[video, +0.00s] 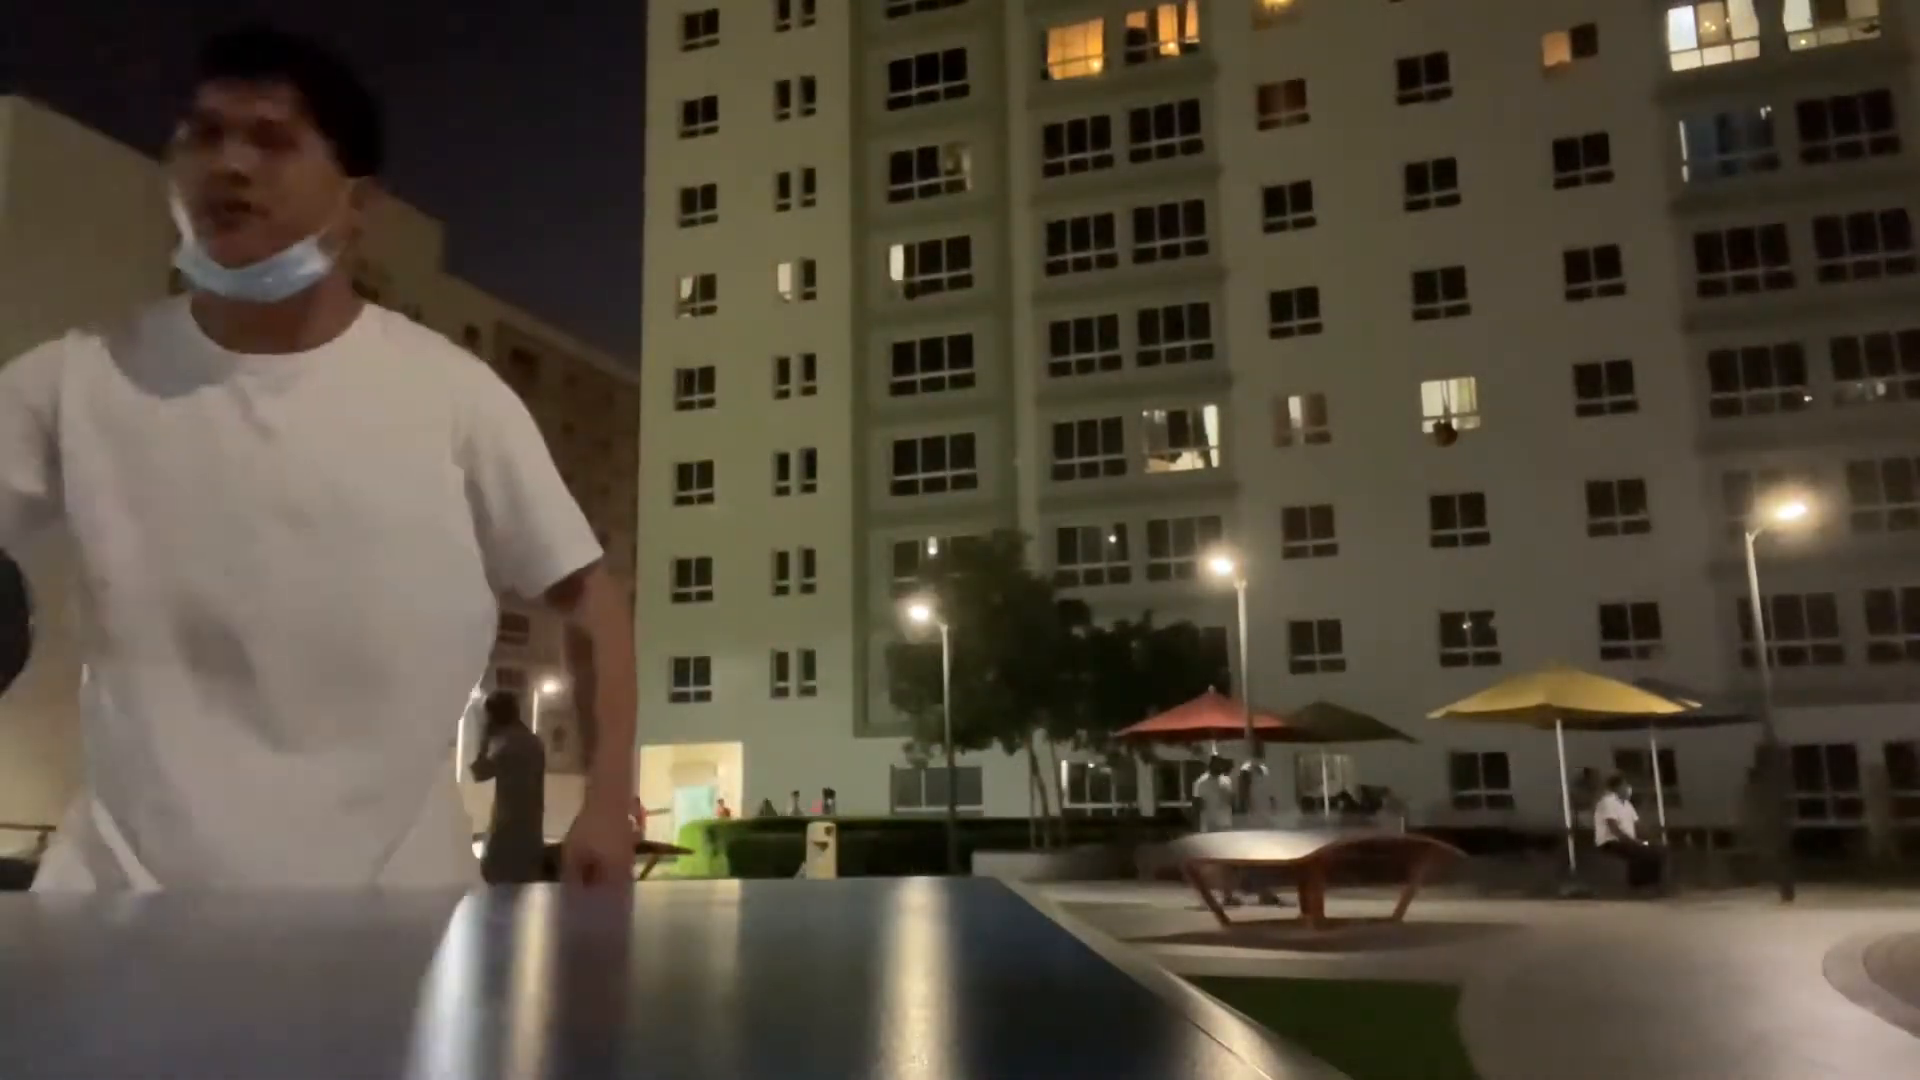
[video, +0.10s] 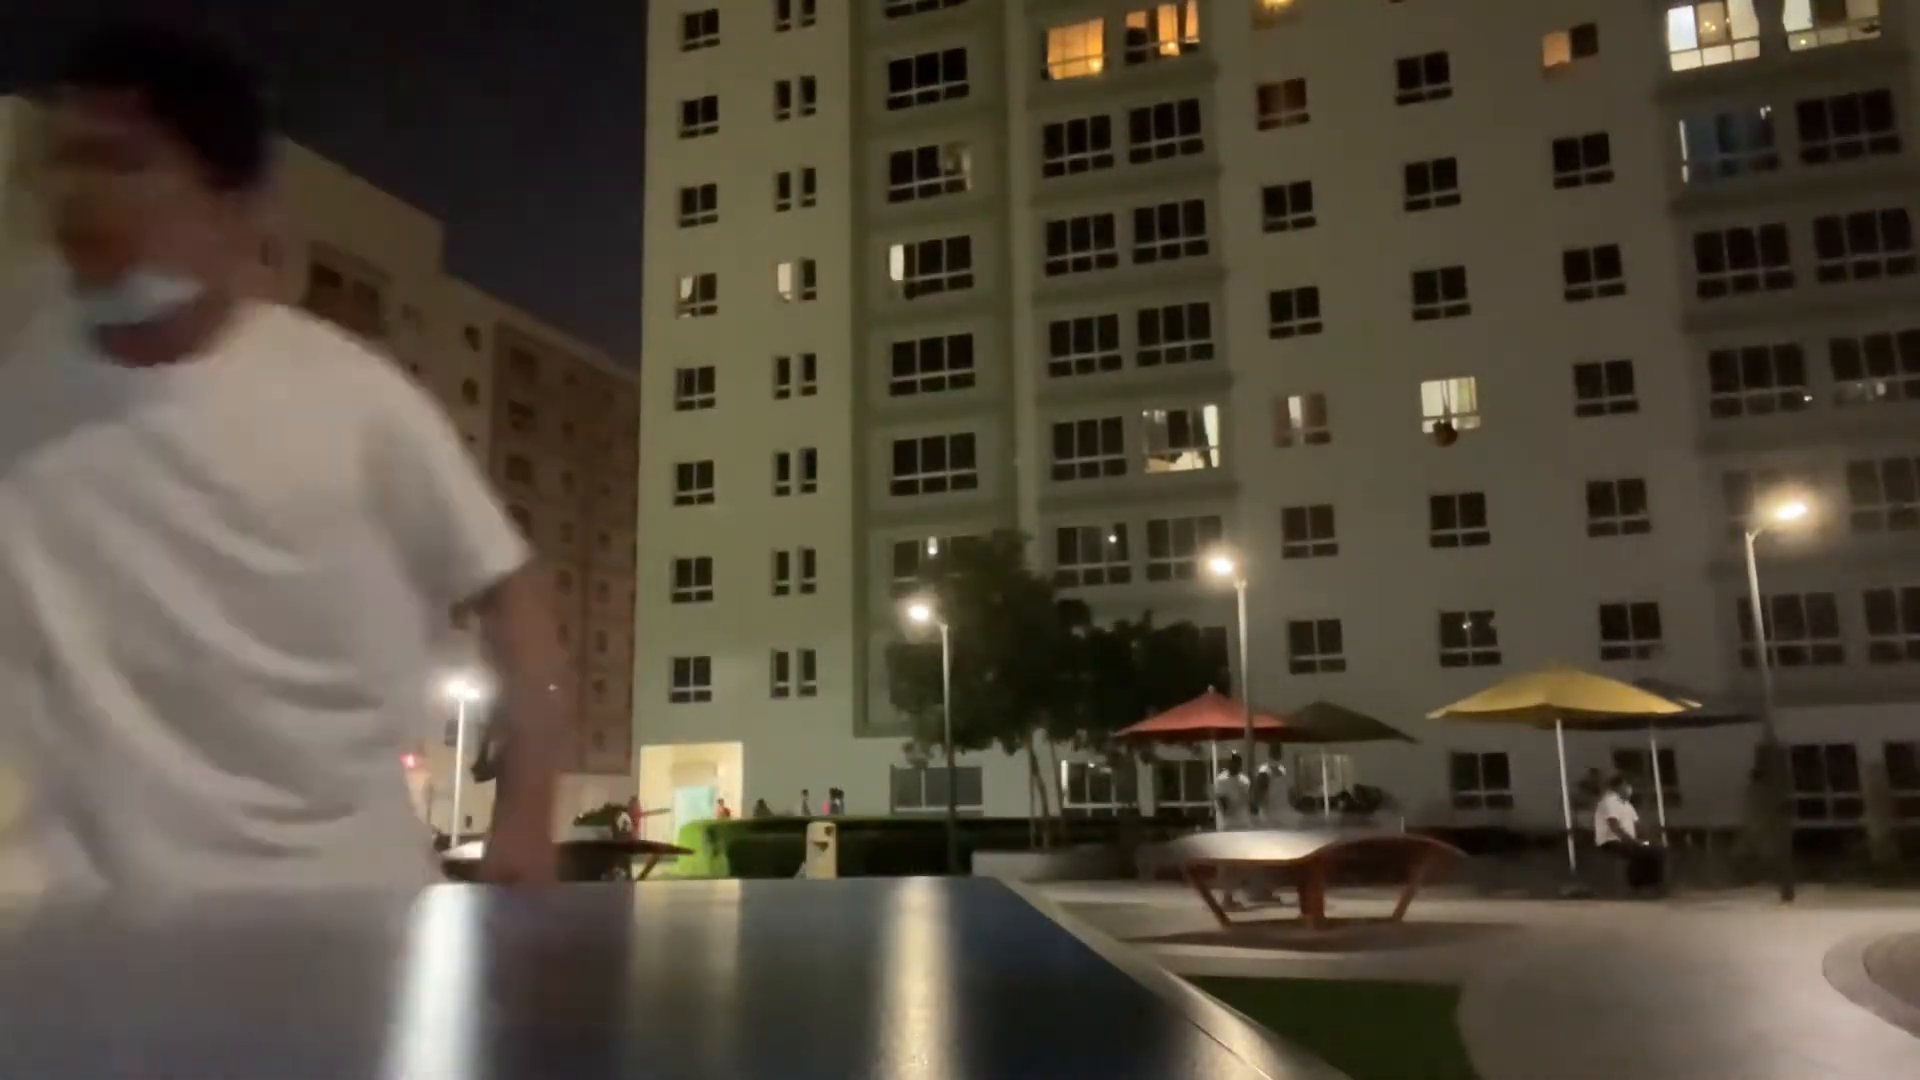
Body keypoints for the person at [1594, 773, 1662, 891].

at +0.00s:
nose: (1629, 790)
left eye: (1629, 787)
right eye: (1626, 786)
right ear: (1617, 788)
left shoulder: (1626, 803)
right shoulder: (1608, 801)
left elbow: (1636, 823)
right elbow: (1612, 826)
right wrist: (1634, 841)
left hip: (1627, 839)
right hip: (1609, 841)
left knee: (1652, 852)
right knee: (1637, 854)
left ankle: (1651, 886)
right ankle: (1636, 888)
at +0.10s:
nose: (1629, 790)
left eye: (1629, 786)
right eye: (1626, 786)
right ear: (1618, 787)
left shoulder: (1626, 803)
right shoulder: (1609, 801)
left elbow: (1636, 823)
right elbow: (1613, 824)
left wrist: (1644, 838)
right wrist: (1633, 841)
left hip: (1627, 840)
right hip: (1610, 841)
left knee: (1654, 851)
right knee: (1640, 853)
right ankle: (1637, 887)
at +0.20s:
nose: (1631, 790)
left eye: (1631, 787)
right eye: (1627, 786)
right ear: (1619, 786)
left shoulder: (1626, 803)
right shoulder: (1610, 799)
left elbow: (1636, 822)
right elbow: (1613, 822)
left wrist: (1647, 835)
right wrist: (1633, 841)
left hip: (1627, 841)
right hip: (1611, 843)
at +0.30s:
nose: (1630, 790)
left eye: (1630, 786)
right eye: (1627, 786)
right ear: (1618, 786)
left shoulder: (1626, 803)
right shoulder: (1610, 799)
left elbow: (1636, 822)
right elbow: (1613, 822)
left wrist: (1646, 836)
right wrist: (1633, 841)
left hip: (1626, 842)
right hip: (1611, 843)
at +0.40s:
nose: (1630, 790)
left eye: (1630, 786)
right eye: (1626, 786)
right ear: (1618, 787)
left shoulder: (1626, 804)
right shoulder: (1608, 800)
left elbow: (1636, 822)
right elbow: (1612, 822)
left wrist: (1645, 836)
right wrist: (1632, 841)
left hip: (1627, 841)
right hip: (1610, 842)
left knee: (1652, 852)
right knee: (1641, 855)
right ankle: (1638, 888)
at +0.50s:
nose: (1629, 789)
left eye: (1629, 785)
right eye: (1626, 785)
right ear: (1617, 787)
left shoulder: (1625, 802)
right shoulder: (1608, 800)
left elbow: (1636, 821)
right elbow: (1610, 822)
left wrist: (1651, 834)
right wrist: (1630, 841)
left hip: (1627, 840)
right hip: (1609, 843)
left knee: (1653, 851)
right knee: (1641, 855)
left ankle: (1651, 886)